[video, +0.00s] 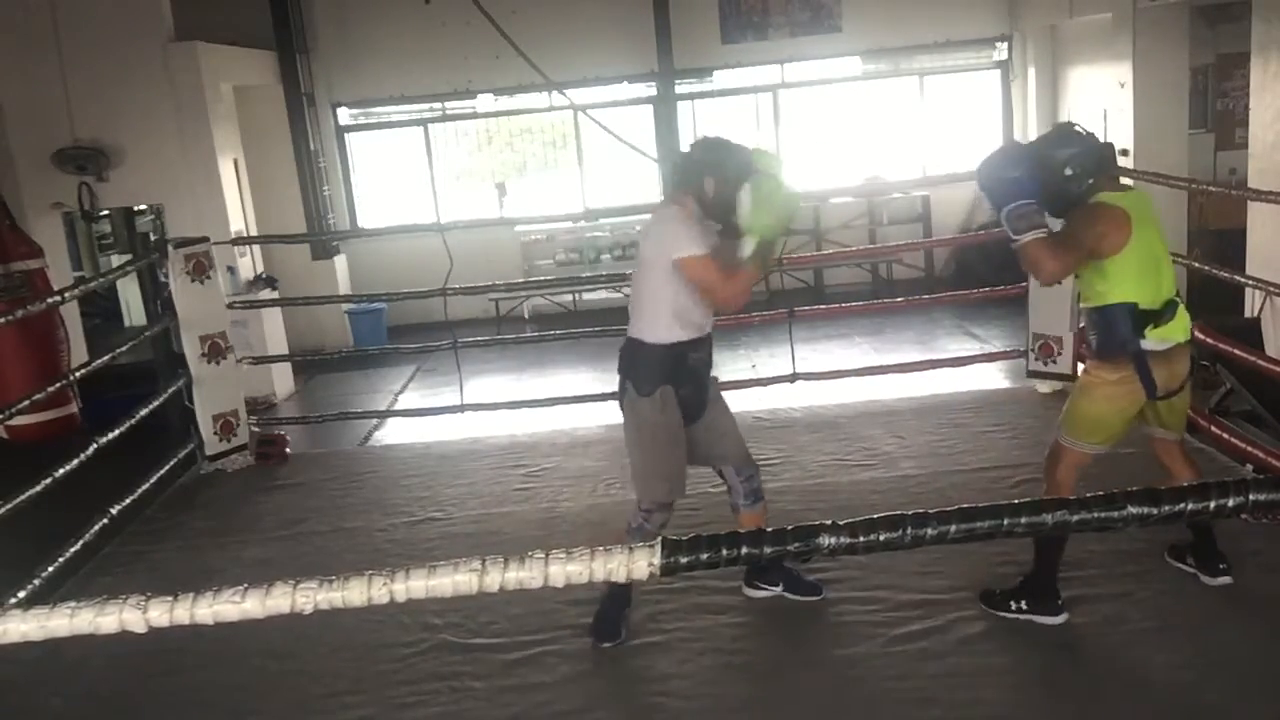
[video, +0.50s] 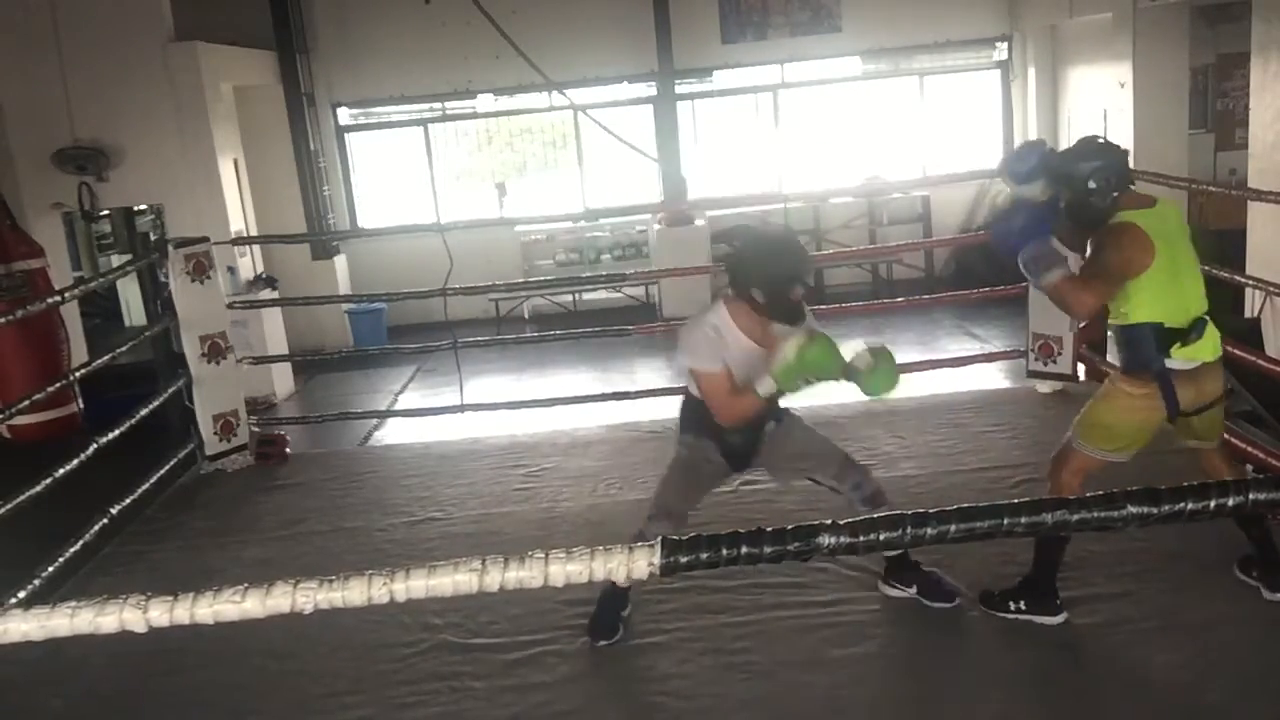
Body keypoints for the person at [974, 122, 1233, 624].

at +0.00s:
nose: (1050, 187)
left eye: (1050, 178)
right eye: (1046, 177)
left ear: (1066, 177)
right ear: (1100, 164)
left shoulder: (1098, 216)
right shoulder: (1135, 200)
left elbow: (1047, 267)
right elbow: (1068, 258)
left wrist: (1015, 205)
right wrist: (1037, 207)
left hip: (1121, 366)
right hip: (1173, 354)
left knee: (1062, 468)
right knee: (1170, 446)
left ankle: (1042, 588)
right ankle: (1208, 553)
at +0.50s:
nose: (1067, 205)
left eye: (1069, 196)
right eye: (1065, 196)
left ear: (1088, 193)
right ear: (1119, 180)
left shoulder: (1121, 237)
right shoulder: (1166, 210)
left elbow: (1081, 303)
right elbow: (1083, 244)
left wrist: (1032, 247)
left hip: (1145, 385)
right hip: (1205, 373)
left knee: (1066, 471)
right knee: (1214, 458)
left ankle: (1040, 588)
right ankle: (1268, 560)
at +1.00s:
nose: (1134, 184)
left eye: (1137, 174)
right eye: (1132, 174)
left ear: (1161, 172)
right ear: (1189, 163)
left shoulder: (1195, 215)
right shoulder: (1225, 199)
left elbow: (1137, 266)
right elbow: (1148, 258)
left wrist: (1104, 211)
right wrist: (1104, 226)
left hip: (1208, 369)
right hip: (1264, 358)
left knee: (1131, 468)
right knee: (1268, 468)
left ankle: (1123, 597)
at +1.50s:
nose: (1169, 200)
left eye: (1171, 188)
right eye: (1166, 188)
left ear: (1195, 182)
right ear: (1223, 171)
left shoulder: (1226, 231)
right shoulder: (1267, 207)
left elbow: (1147, 288)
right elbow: (1180, 268)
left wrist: (1123, 213)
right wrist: (1145, 218)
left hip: (1245, 381)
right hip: (1268, 372)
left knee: (1163, 476)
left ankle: (1129, 601)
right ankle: (1130, 599)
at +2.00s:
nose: (1100, 211)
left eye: (1104, 201)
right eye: (1100, 201)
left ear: (1123, 204)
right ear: (1172, 198)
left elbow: (1037, 303)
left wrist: (998, 285)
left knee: (1094, 485)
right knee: (1273, 490)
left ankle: (1069, 603)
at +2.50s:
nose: (1237, 180)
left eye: (1241, 167)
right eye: (1240, 164)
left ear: (1263, 171)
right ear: (1270, 169)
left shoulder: (1272, 233)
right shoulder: (1267, 227)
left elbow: (1226, 309)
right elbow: (1244, 297)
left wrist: (1168, 249)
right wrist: (1219, 224)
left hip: (1265, 415)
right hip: (1265, 410)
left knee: (1175, 504)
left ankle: (1138, 650)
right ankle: (1140, 648)